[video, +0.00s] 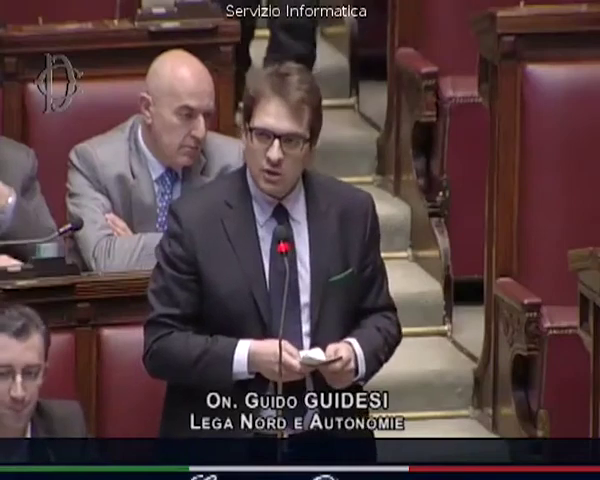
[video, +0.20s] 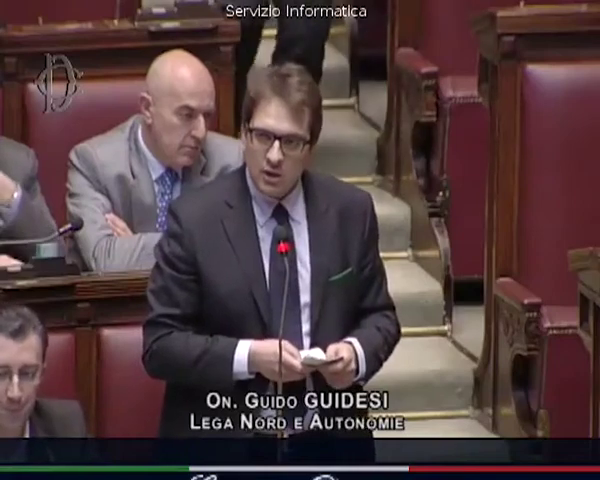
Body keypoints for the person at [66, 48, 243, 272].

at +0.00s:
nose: (200, 132)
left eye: (207, 115)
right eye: (186, 115)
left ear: (212, 109)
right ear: (147, 108)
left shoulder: (234, 158)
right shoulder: (92, 161)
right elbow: (104, 259)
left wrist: (138, 251)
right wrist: (202, 245)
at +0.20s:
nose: (200, 132)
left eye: (207, 115)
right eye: (186, 115)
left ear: (212, 109)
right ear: (147, 108)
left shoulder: (233, 158)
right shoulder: (92, 161)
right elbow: (105, 259)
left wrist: (138, 252)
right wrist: (202, 244)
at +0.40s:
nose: (200, 132)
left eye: (207, 115)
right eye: (186, 115)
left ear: (212, 109)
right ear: (147, 109)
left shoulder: (233, 158)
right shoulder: (92, 161)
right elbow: (104, 258)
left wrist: (138, 251)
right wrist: (201, 244)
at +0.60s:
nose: (200, 132)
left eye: (207, 115)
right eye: (186, 115)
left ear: (213, 109)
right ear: (147, 109)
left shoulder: (232, 157)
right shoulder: (92, 161)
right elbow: (105, 259)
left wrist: (138, 251)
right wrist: (201, 244)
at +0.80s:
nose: (200, 132)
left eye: (207, 115)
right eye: (186, 115)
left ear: (213, 109)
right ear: (147, 109)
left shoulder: (232, 158)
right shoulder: (92, 161)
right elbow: (105, 259)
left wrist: (138, 251)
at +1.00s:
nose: (200, 132)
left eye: (207, 115)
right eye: (186, 114)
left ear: (213, 109)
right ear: (147, 108)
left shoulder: (229, 157)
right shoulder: (92, 161)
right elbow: (104, 259)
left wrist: (138, 251)